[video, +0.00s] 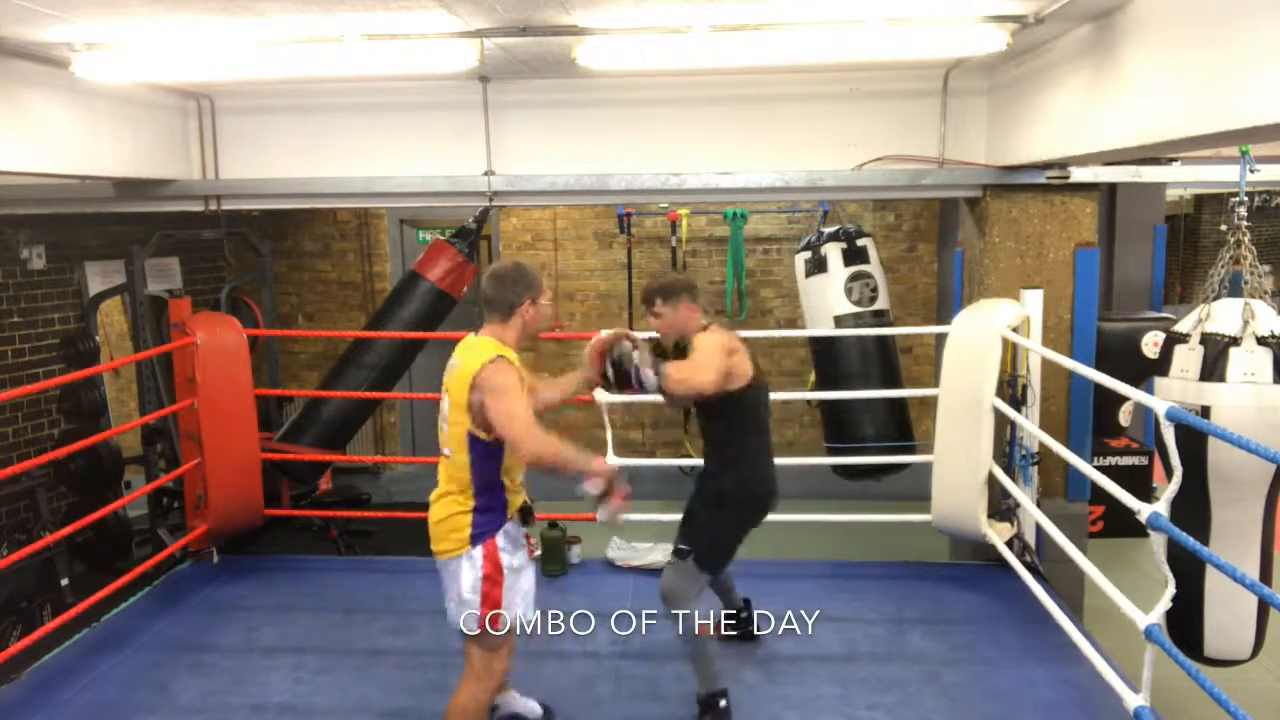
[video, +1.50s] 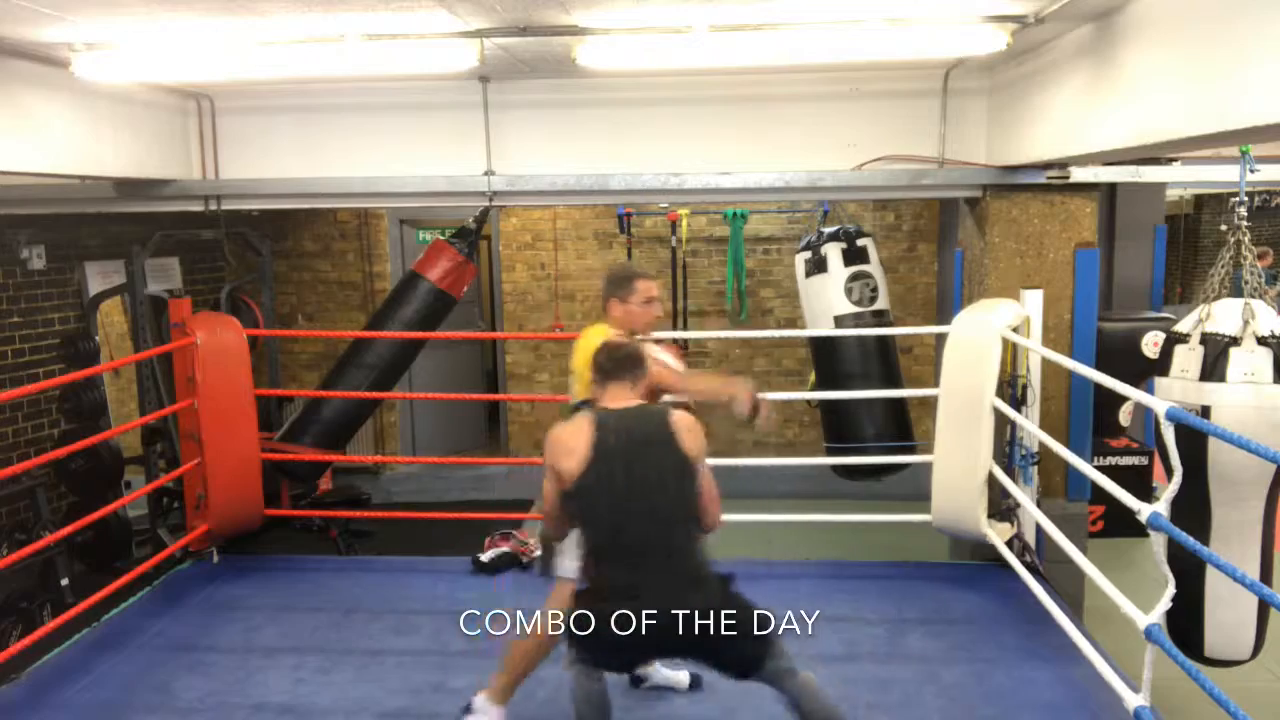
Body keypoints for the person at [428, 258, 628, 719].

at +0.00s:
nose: (550, 311)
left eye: (548, 301)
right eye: (545, 302)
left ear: (502, 306)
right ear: (524, 309)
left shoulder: (477, 351)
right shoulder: (495, 368)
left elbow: (533, 395)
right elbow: (530, 445)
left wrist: (587, 375)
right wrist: (596, 465)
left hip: (483, 520)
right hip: (476, 530)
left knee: (499, 620)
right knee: (486, 668)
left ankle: (494, 695)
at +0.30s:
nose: (536, 320)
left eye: (536, 311)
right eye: (531, 312)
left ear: (489, 316)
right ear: (505, 318)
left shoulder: (454, 352)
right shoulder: (496, 355)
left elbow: (518, 378)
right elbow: (568, 357)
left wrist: (545, 345)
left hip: (452, 507)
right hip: (472, 516)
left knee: (472, 603)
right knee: (472, 649)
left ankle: (468, 669)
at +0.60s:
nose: (530, 316)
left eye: (532, 308)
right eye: (523, 307)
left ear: (500, 307)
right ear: (491, 305)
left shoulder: (505, 345)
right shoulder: (445, 350)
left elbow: (530, 387)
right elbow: (435, 428)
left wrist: (573, 372)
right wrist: (489, 422)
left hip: (488, 478)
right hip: (456, 484)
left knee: (479, 581)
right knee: (489, 599)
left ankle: (460, 662)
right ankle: (482, 713)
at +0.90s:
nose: (533, 314)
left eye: (534, 304)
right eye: (523, 305)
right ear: (489, 307)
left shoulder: (520, 343)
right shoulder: (451, 354)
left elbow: (562, 366)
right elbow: (470, 429)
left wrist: (618, 353)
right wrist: (547, 415)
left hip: (492, 483)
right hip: (458, 488)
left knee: (476, 585)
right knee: (472, 601)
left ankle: (458, 663)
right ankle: (461, 713)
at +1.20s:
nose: (584, 303)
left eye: (584, 294)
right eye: (574, 295)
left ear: (559, 303)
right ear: (541, 300)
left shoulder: (563, 347)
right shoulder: (505, 338)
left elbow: (584, 391)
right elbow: (465, 371)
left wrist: (605, 398)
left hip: (538, 482)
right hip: (499, 489)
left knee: (550, 570)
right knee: (488, 611)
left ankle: (500, 643)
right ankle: (463, 712)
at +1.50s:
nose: (657, 309)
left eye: (658, 301)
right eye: (648, 302)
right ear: (615, 306)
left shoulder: (639, 345)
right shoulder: (598, 343)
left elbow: (669, 381)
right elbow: (677, 382)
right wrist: (737, 390)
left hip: (629, 488)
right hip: (586, 491)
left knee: (651, 568)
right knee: (568, 603)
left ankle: (646, 660)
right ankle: (493, 699)